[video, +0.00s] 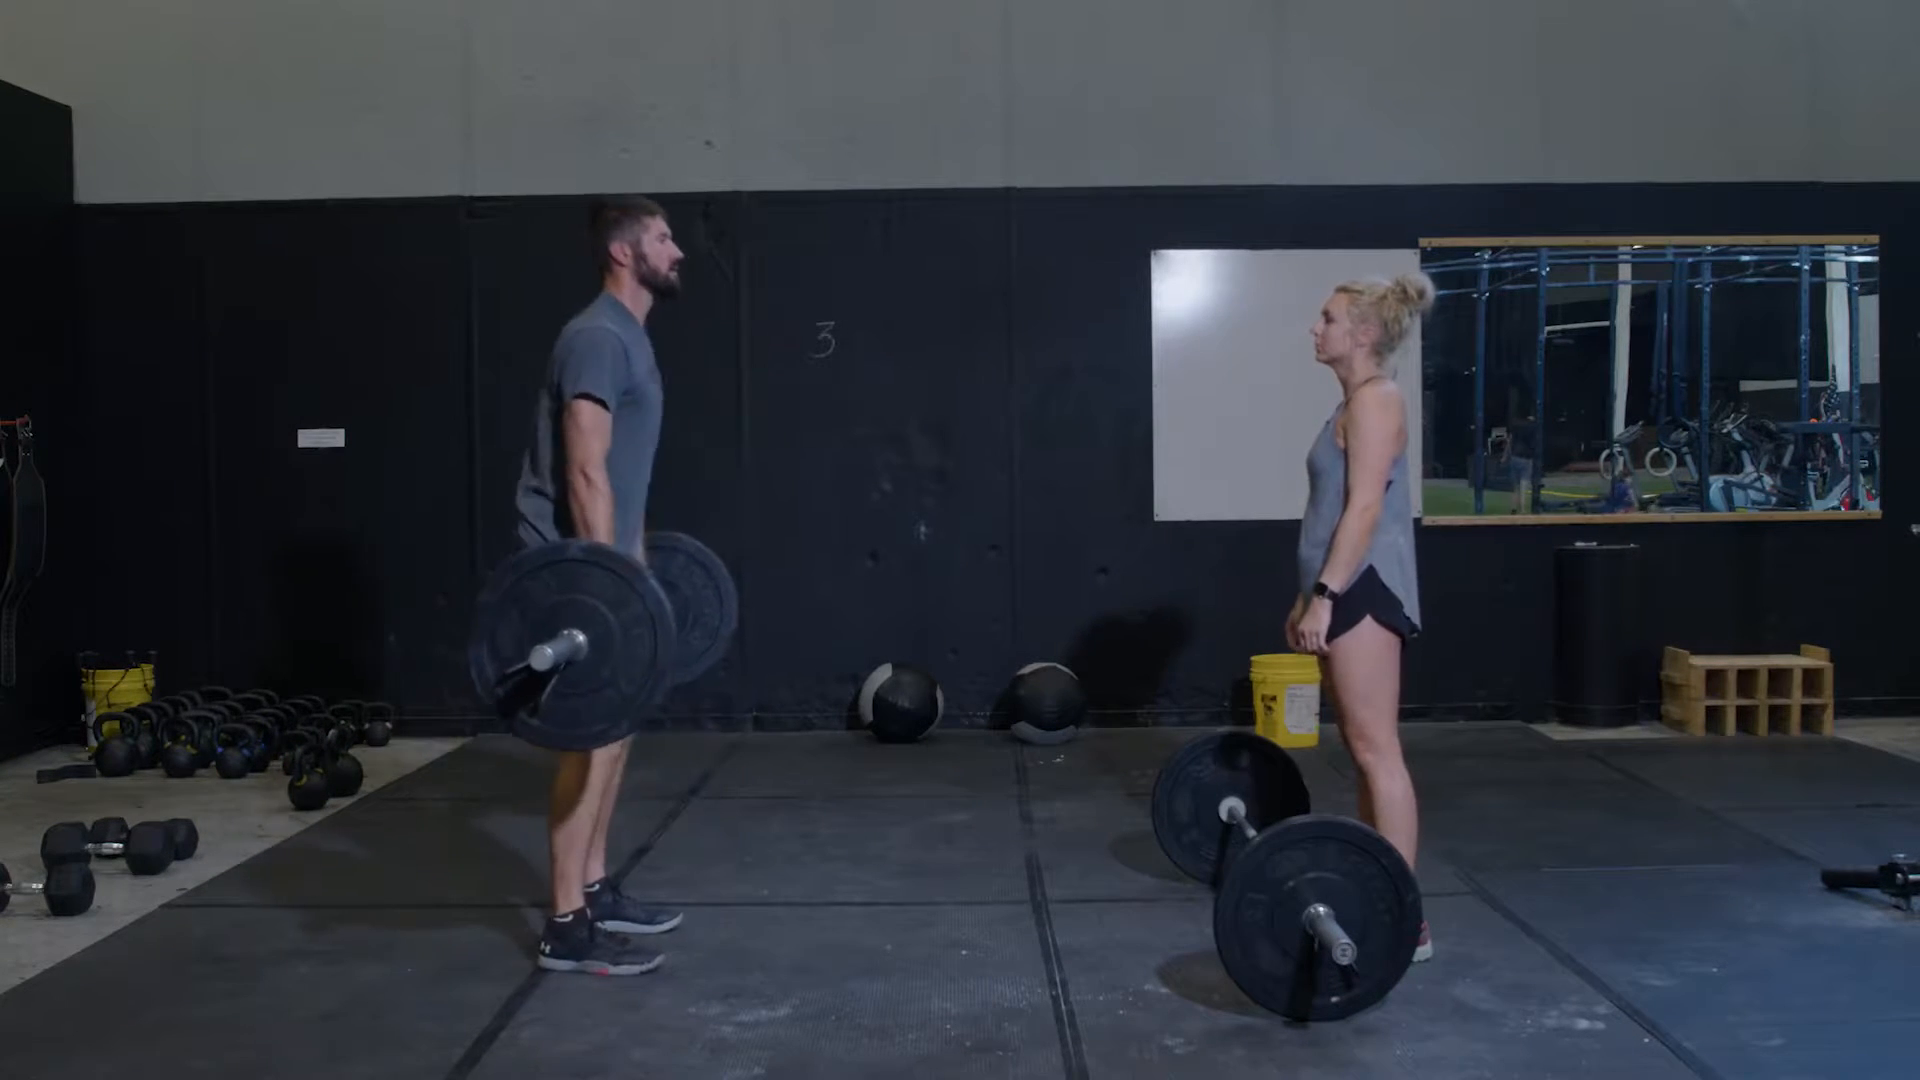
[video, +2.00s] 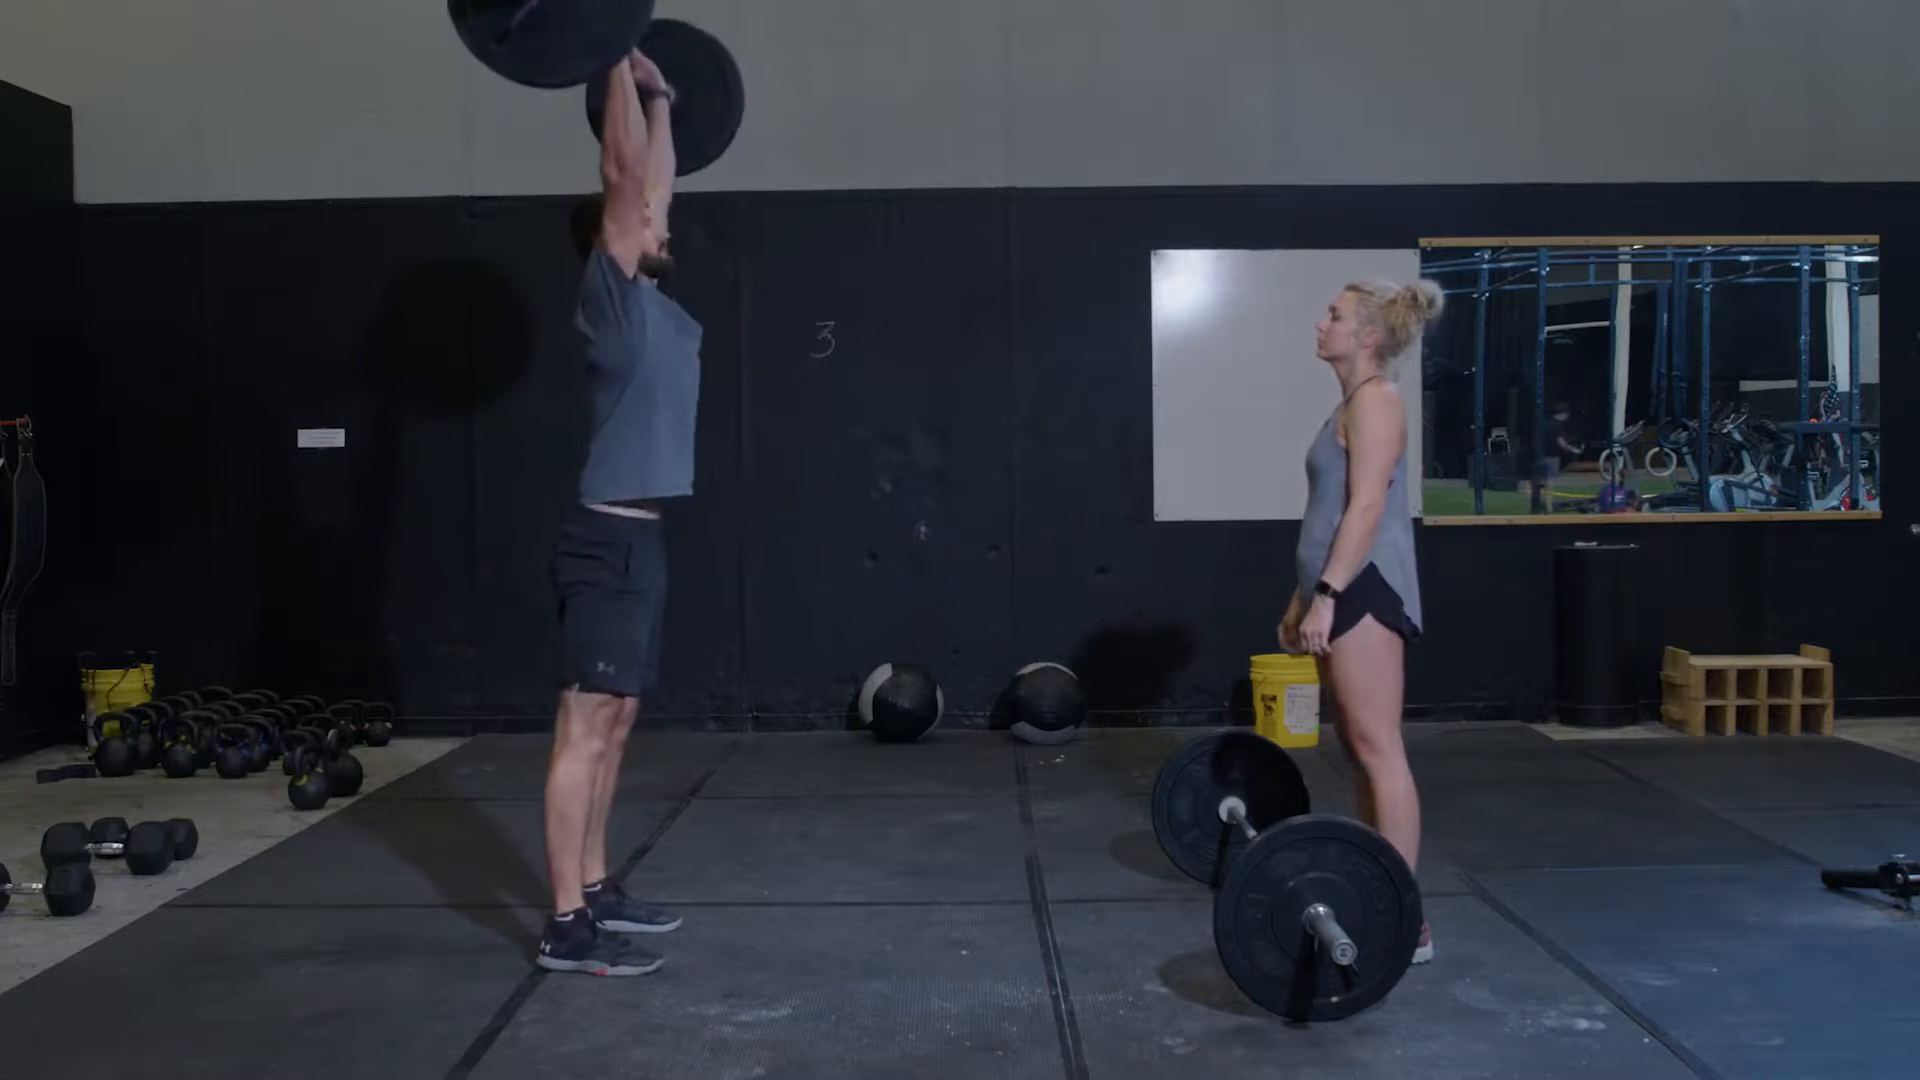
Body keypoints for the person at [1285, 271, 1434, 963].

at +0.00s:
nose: (1316, 329)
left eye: (1329, 320)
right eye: (1320, 318)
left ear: (1365, 333)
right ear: (1356, 334)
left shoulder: (1375, 400)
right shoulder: (1354, 403)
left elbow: (1365, 508)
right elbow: (1338, 512)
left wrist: (1325, 594)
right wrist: (1310, 594)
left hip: (1366, 593)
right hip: (1346, 592)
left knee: (1377, 749)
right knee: (1365, 748)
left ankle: (1399, 912)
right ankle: (1378, 901)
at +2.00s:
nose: (1321, 324)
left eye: (1335, 317)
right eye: (1325, 314)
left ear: (1369, 336)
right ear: (1358, 336)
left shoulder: (1375, 402)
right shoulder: (1351, 405)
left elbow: (1367, 509)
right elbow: (1331, 513)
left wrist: (1327, 593)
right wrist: (1304, 594)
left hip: (1367, 593)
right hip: (1342, 593)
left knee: (1378, 748)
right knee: (1359, 747)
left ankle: (1401, 914)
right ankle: (1375, 903)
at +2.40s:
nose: (1326, 326)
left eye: (1340, 319)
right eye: (1331, 315)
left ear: (1373, 336)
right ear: (1367, 336)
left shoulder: (1379, 400)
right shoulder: (1361, 403)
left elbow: (1371, 507)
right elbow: (1351, 512)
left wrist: (1333, 593)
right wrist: (1320, 599)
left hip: (1371, 595)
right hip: (1349, 596)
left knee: (1383, 751)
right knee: (1361, 751)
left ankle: (1402, 914)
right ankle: (1377, 904)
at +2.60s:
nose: (1328, 326)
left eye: (1341, 319)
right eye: (1332, 316)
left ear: (1374, 336)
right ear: (1367, 337)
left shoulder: (1380, 402)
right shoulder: (1360, 404)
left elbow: (1374, 509)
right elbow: (1347, 513)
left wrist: (1337, 594)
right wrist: (1320, 599)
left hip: (1374, 595)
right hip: (1352, 596)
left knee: (1383, 750)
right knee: (1364, 748)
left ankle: (1403, 914)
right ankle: (1377, 900)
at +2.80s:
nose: (1327, 326)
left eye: (1341, 319)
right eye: (1331, 316)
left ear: (1375, 337)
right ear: (1363, 337)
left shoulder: (1383, 403)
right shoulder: (1357, 405)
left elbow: (1377, 511)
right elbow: (1340, 514)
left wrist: (1340, 595)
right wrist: (1315, 595)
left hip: (1375, 593)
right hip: (1350, 593)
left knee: (1381, 748)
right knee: (1365, 746)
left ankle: (1403, 914)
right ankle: (1380, 900)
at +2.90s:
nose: (1326, 327)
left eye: (1340, 320)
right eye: (1331, 317)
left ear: (1375, 337)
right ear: (1363, 338)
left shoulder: (1383, 404)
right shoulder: (1355, 406)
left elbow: (1377, 512)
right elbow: (1339, 515)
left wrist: (1341, 597)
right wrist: (1314, 595)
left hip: (1376, 594)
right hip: (1349, 593)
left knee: (1380, 747)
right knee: (1365, 746)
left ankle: (1401, 914)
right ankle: (1381, 901)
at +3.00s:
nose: (1325, 329)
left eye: (1339, 321)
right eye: (1329, 319)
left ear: (1374, 338)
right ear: (1360, 338)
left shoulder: (1383, 404)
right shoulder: (1355, 407)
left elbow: (1377, 512)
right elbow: (1338, 515)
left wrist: (1341, 597)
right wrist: (1313, 594)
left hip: (1376, 595)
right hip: (1350, 593)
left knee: (1378, 748)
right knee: (1364, 746)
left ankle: (1402, 914)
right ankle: (1379, 901)